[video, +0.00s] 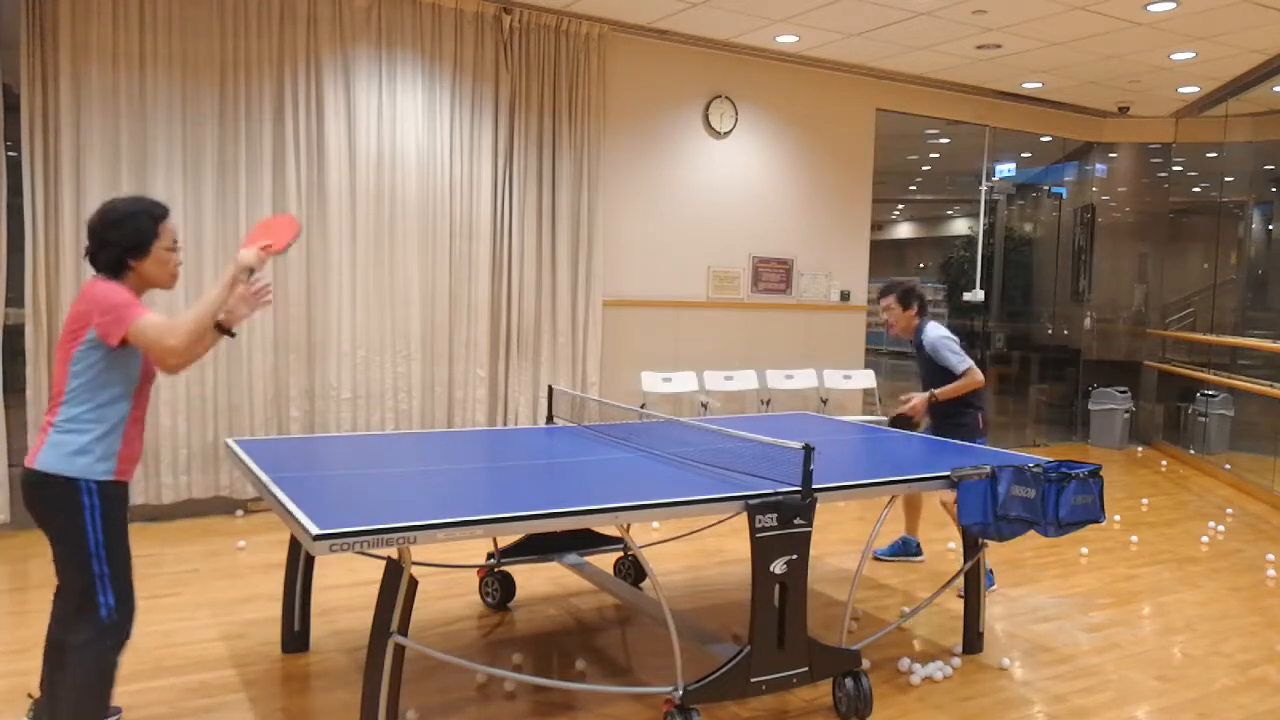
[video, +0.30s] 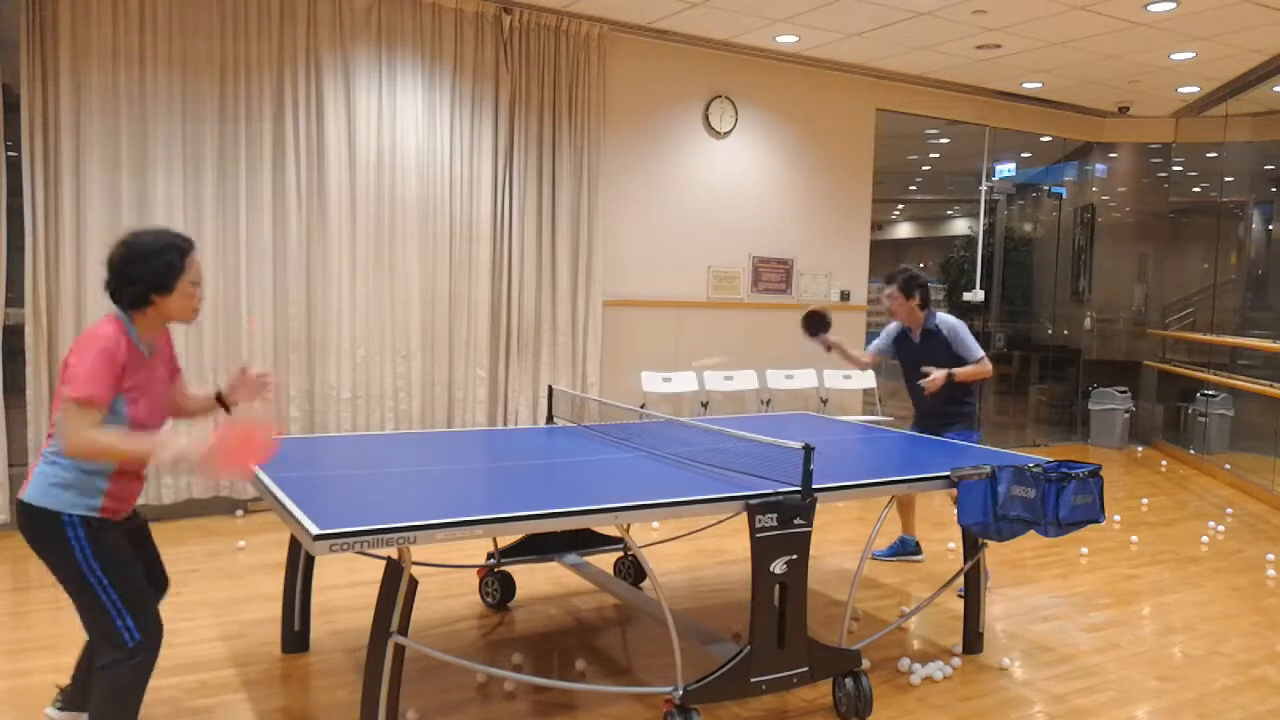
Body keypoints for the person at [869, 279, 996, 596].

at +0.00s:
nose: (885, 318)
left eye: (890, 310)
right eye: (883, 311)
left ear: (912, 309)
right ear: (908, 312)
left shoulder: (934, 336)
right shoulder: (919, 339)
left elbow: (975, 377)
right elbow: (941, 381)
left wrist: (930, 397)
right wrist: (923, 403)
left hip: (963, 430)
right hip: (939, 428)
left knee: (949, 497)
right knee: (909, 477)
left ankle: (981, 568)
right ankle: (910, 541)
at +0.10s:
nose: (881, 324)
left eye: (884, 317)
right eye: (880, 318)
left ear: (904, 314)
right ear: (904, 315)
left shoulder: (933, 339)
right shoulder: (922, 341)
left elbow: (974, 380)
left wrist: (930, 401)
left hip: (964, 435)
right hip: (941, 432)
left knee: (951, 500)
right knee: (909, 478)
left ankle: (981, 569)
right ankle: (910, 541)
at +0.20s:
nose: (881, 316)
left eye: (885, 309)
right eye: (881, 309)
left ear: (905, 309)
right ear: (904, 310)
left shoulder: (940, 333)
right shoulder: (905, 341)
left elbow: (980, 373)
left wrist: (936, 388)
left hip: (965, 426)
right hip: (934, 424)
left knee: (957, 495)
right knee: (907, 476)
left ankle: (980, 568)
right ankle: (910, 541)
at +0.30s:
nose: (887, 305)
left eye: (892, 298)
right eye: (886, 298)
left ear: (914, 299)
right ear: (905, 301)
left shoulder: (949, 326)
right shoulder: (895, 331)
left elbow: (985, 368)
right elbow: (865, 362)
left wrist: (948, 374)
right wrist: (836, 347)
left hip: (959, 425)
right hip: (924, 422)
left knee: (959, 489)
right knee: (900, 475)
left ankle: (976, 566)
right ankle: (908, 541)